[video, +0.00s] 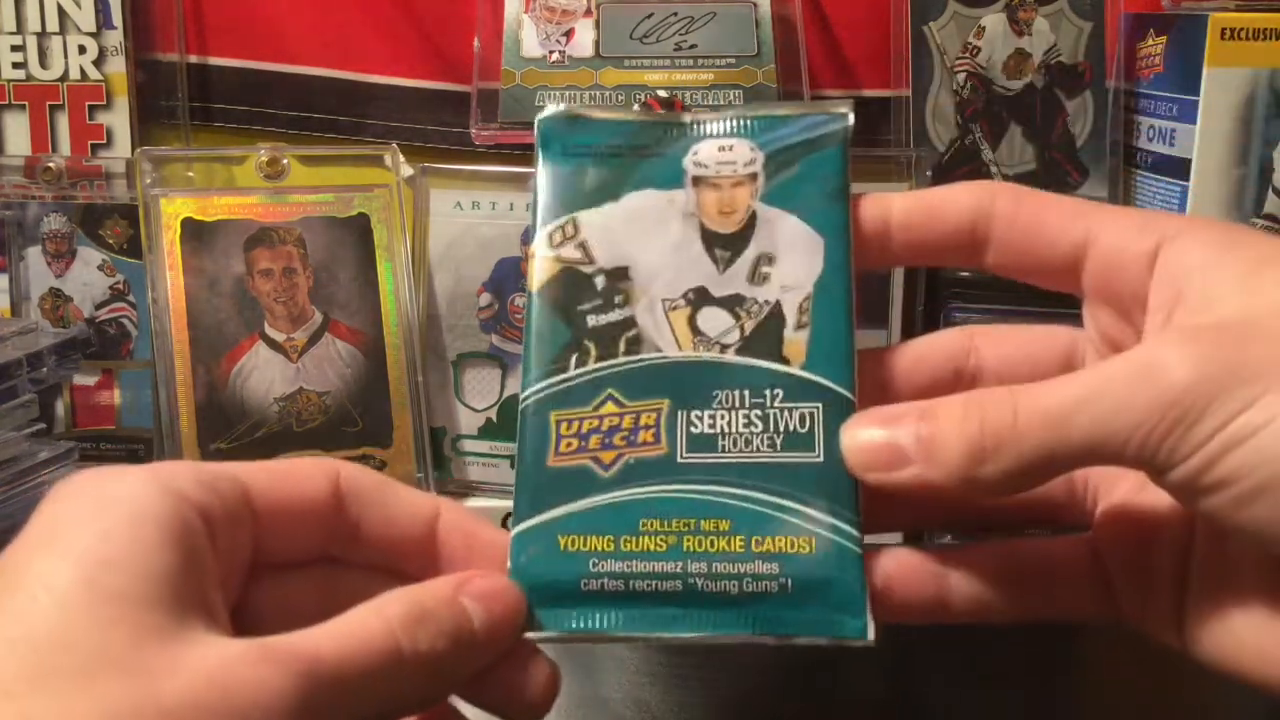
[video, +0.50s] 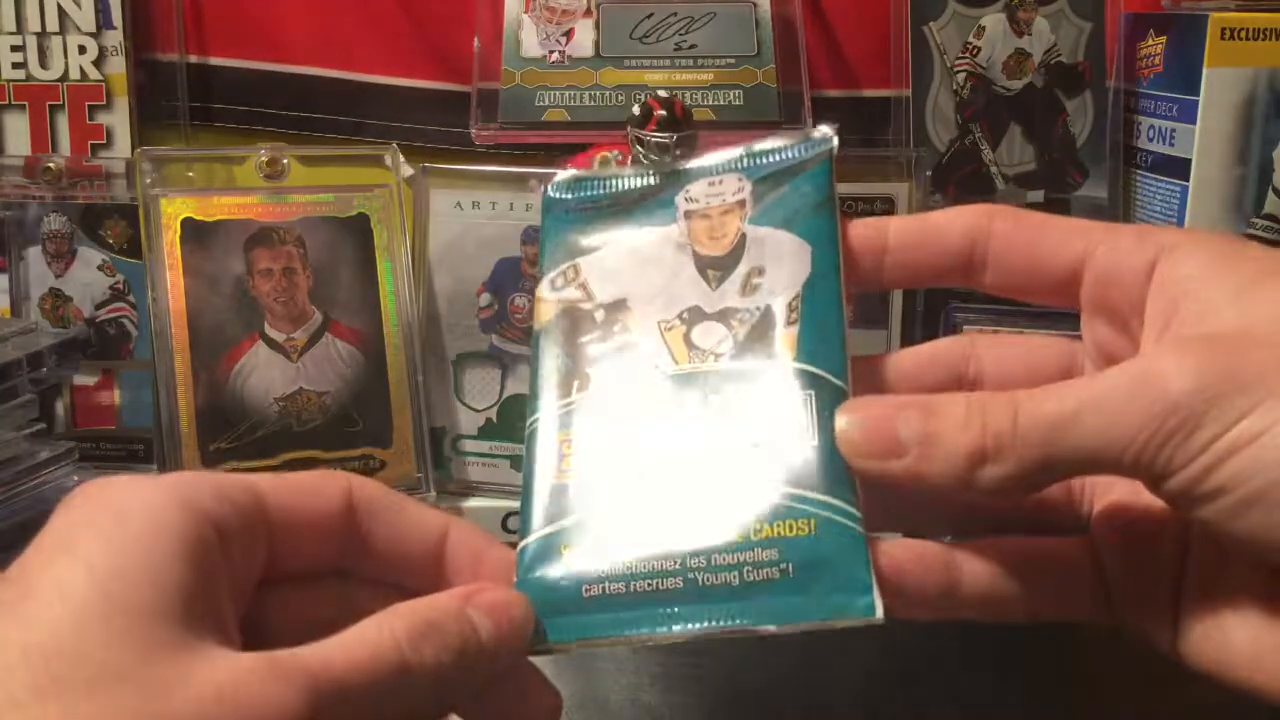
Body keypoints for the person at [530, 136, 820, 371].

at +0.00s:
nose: (727, 200)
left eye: (738, 187)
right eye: (714, 188)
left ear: (756, 188)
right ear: (693, 189)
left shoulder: (795, 244)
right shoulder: (646, 218)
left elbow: (796, 347)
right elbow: (546, 251)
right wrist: (592, 313)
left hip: (746, 396)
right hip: (652, 390)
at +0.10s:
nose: (720, 207)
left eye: (731, 192)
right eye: (707, 195)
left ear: (748, 193)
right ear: (686, 197)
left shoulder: (786, 243)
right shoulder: (642, 230)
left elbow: (791, 335)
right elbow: (560, 256)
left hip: (749, 389)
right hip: (662, 387)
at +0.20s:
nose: (720, 215)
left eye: (731, 200)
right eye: (706, 203)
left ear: (747, 200)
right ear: (686, 206)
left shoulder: (787, 248)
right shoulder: (644, 239)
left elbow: (791, 336)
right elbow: (554, 265)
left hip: (752, 389)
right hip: (668, 389)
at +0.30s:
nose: (722, 221)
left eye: (731, 207)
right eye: (709, 209)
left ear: (749, 204)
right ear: (689, 211)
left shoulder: (789, 253)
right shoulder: (644, 246)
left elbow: (792, 338)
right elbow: (555, 274)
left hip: (753, 394)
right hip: (668, 396)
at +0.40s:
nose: (721, 227)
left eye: (731, 213)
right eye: (708, 216)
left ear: (749, 210)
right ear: (688, 216)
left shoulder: (788, 255)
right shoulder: (644, 250)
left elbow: (792, 335)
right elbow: (553, 283)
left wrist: (783, 390)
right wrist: (554, 371)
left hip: (750, 395)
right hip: (666, 400)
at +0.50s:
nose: (716, 228)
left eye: (727, 214)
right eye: (703, 217)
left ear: (744, 212)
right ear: (684, 220)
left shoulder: (782, 255)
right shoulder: (642, 257)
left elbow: (789, 334)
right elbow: (550, 293)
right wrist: (563, 375)